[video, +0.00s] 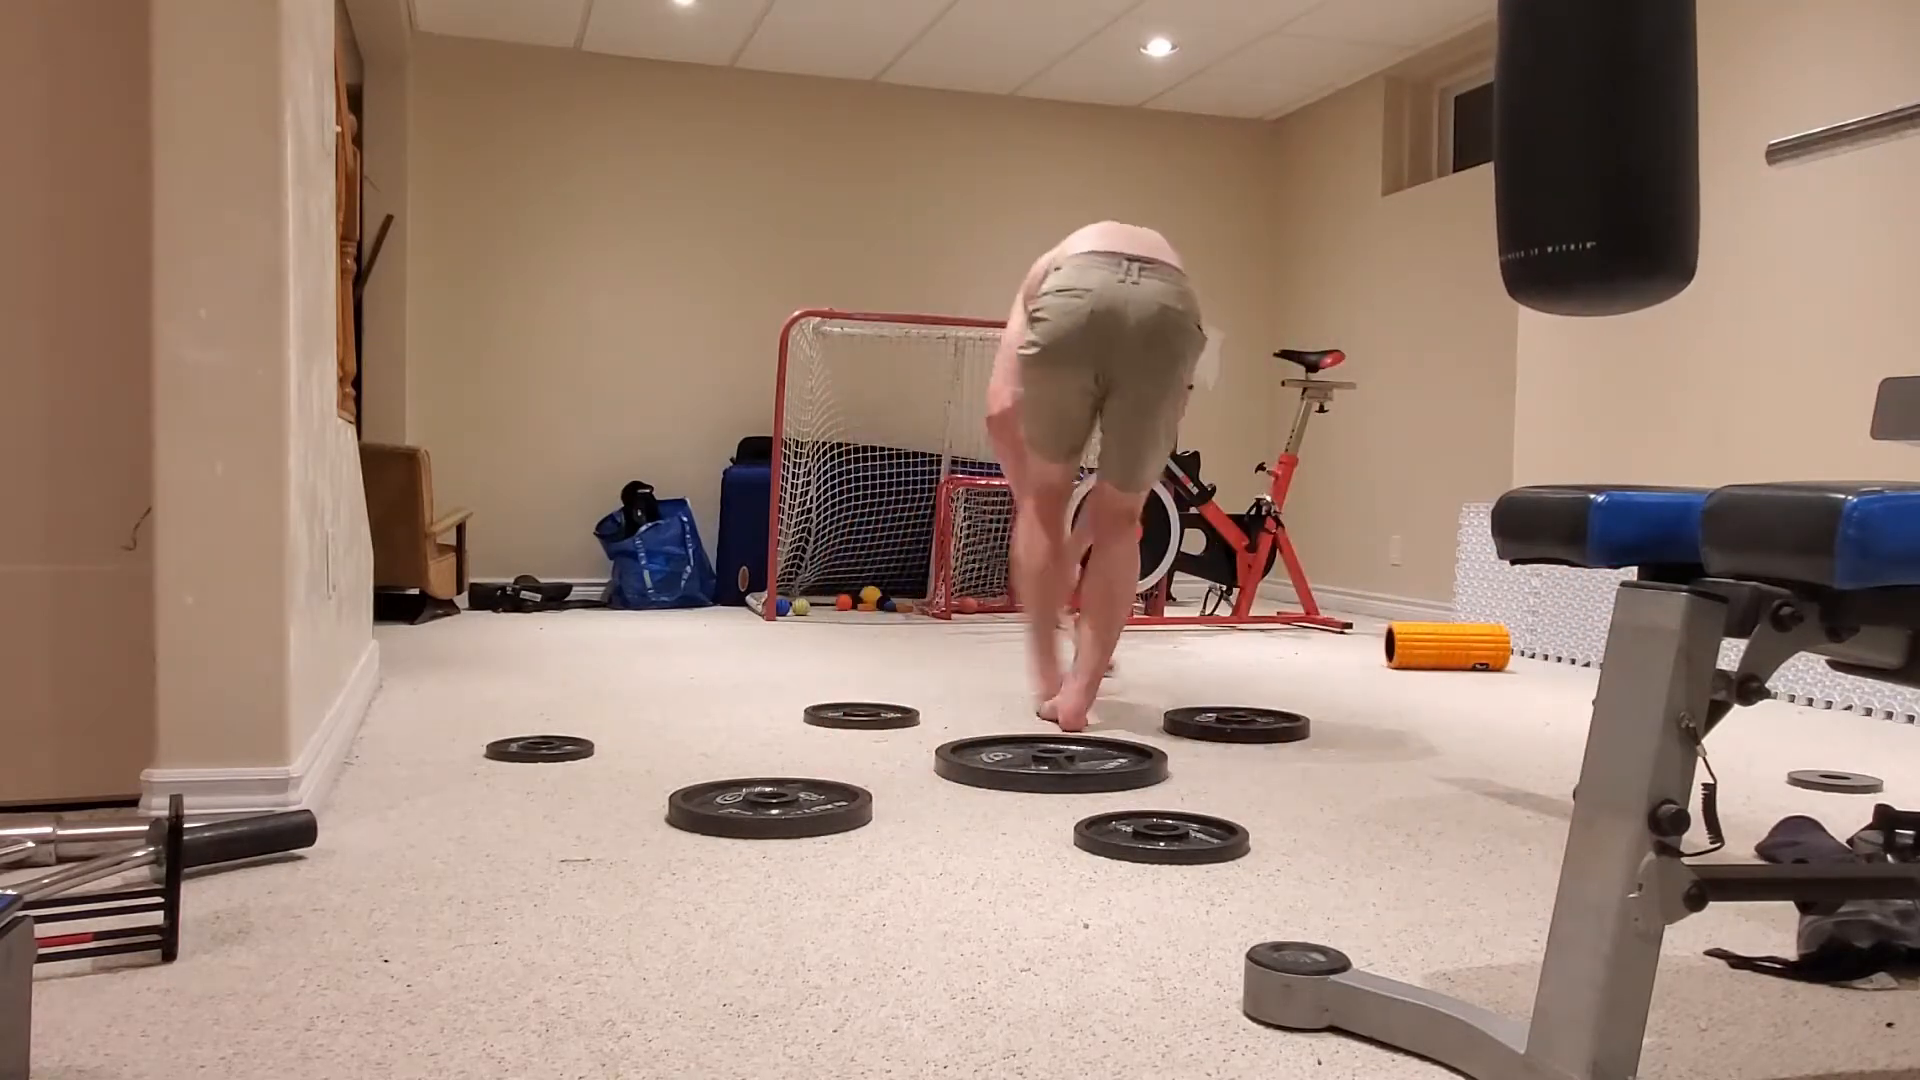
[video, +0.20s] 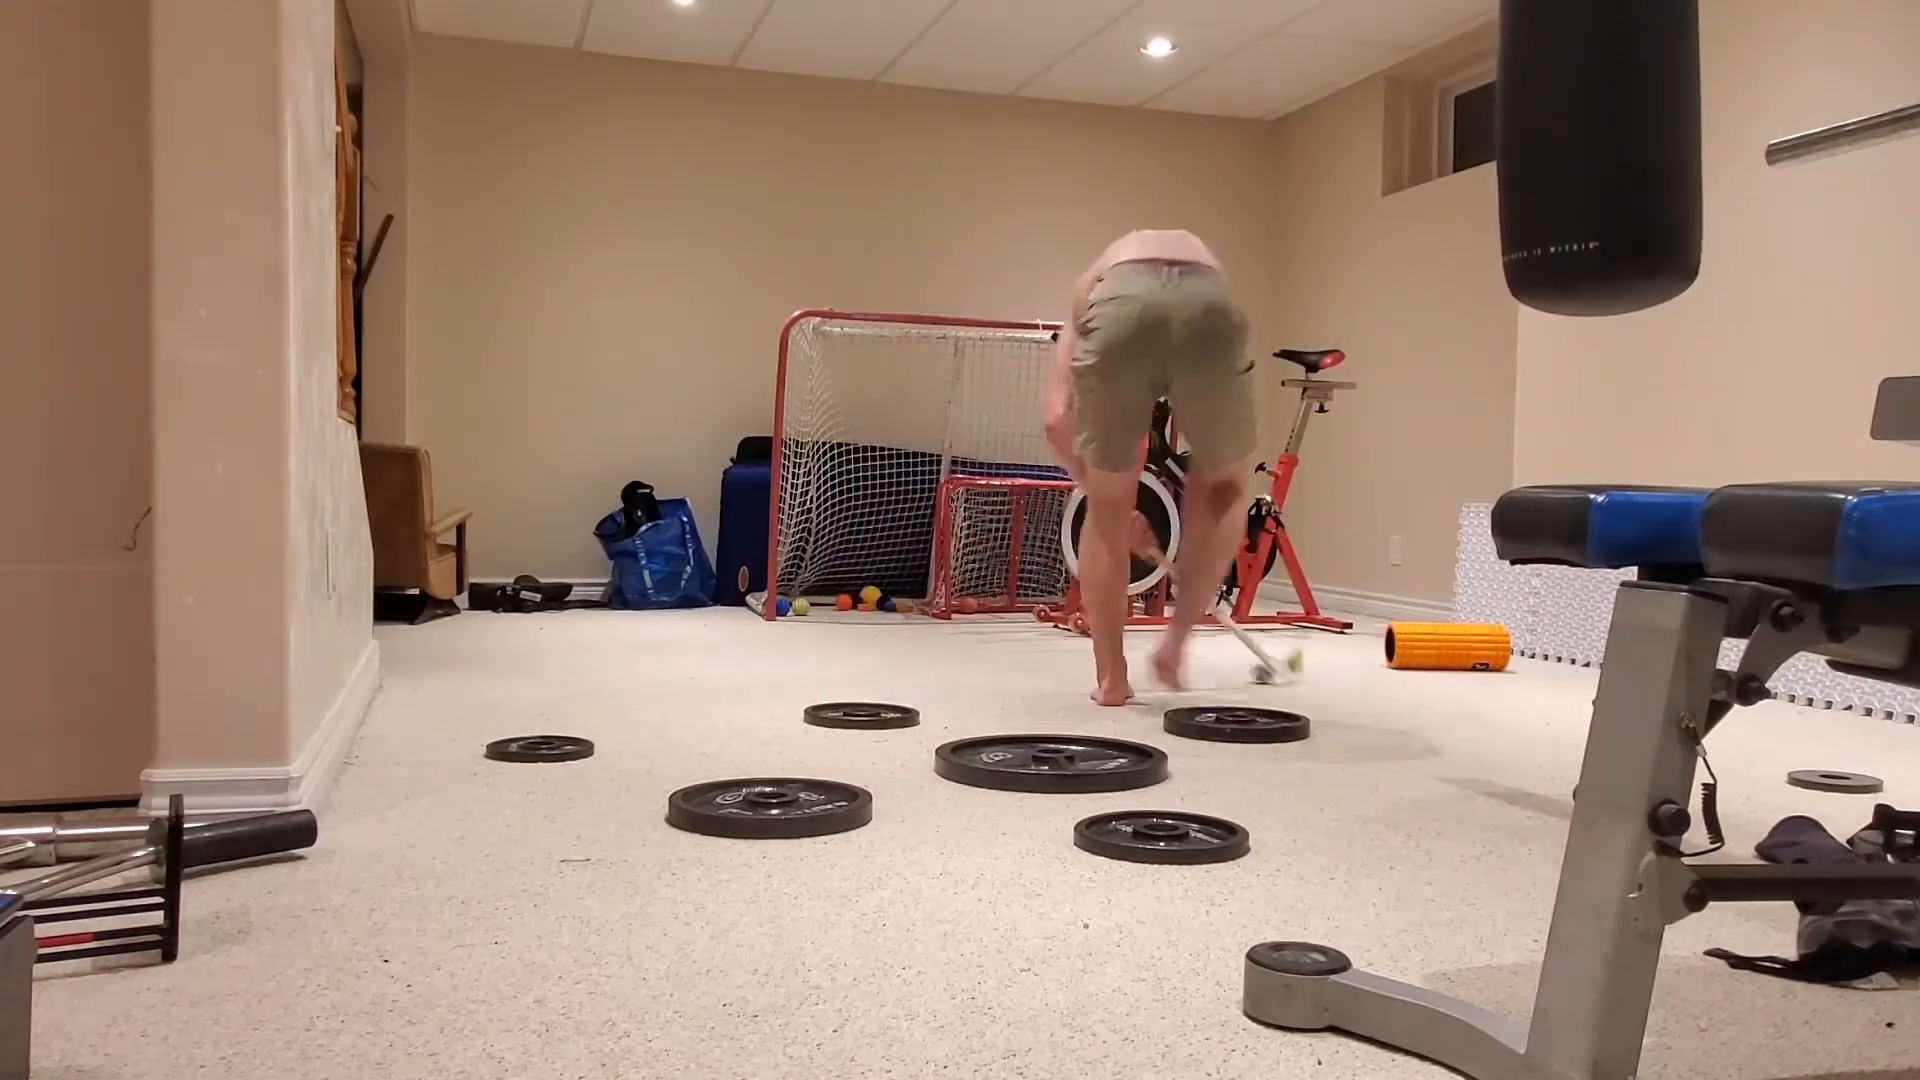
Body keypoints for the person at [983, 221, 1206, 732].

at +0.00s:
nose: (1074, 606)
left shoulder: (1046, 277)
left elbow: (1002, 409)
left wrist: (1045, 546)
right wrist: (1072, 552)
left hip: (1073, 290)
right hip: (1169, 302)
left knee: (1043, 504)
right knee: (1119, 516)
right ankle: (1079, 692)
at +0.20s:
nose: (1145, 548)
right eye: (1143, 550)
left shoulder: (1091, 285)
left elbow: (1056, 417)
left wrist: (1118, 512)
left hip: (1118, 299)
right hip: (1208, 296)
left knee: (1107, 516)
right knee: (1223, 486)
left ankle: (1111, 678)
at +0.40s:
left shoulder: (1159, 292)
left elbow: (1109, 393)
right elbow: (1234, 464)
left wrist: (1124, 468)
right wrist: (1182, 542)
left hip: (1196, 297)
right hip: (1285, 306)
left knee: (1141, 503)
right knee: (1305, 510)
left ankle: (1110, 675)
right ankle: (1359, 680)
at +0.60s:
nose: (1247, 315)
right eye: (1247, 308)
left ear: (1233, 241)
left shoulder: (1231, 229)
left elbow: (1189, 286)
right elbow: (1233, 398)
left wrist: (1139, 384)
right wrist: (1142, 434)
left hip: (1309, 298)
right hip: (1389, 320)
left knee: (1213, 494)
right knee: (1344, 520)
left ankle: (1146, 664)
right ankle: (1361, 683)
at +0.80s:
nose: (1238, 193)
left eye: (1235, 180)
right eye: (1234, 189)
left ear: (1245, 148)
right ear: (1293, 135)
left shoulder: (1254, 150)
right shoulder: (1352, 169)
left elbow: (1274, 187)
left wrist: (1232, 296)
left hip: (1361, 290)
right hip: (1431, 299)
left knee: (1296, 484)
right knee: (1371, 502)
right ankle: (1368, 679)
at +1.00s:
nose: (1270, 151)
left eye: (1267, 140)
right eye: (1268, 143)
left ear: (1275, 124)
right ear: (1330, 115)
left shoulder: (1295, 137)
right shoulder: (1396, 161)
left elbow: (1328, 186)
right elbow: (1484, 244)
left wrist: (1325, 288)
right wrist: (1534, 325)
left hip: (1394, 308)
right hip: (1450, 324)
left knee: (1345, 503)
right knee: (1388, 497)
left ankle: (1402, 691)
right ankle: (1409, 651)